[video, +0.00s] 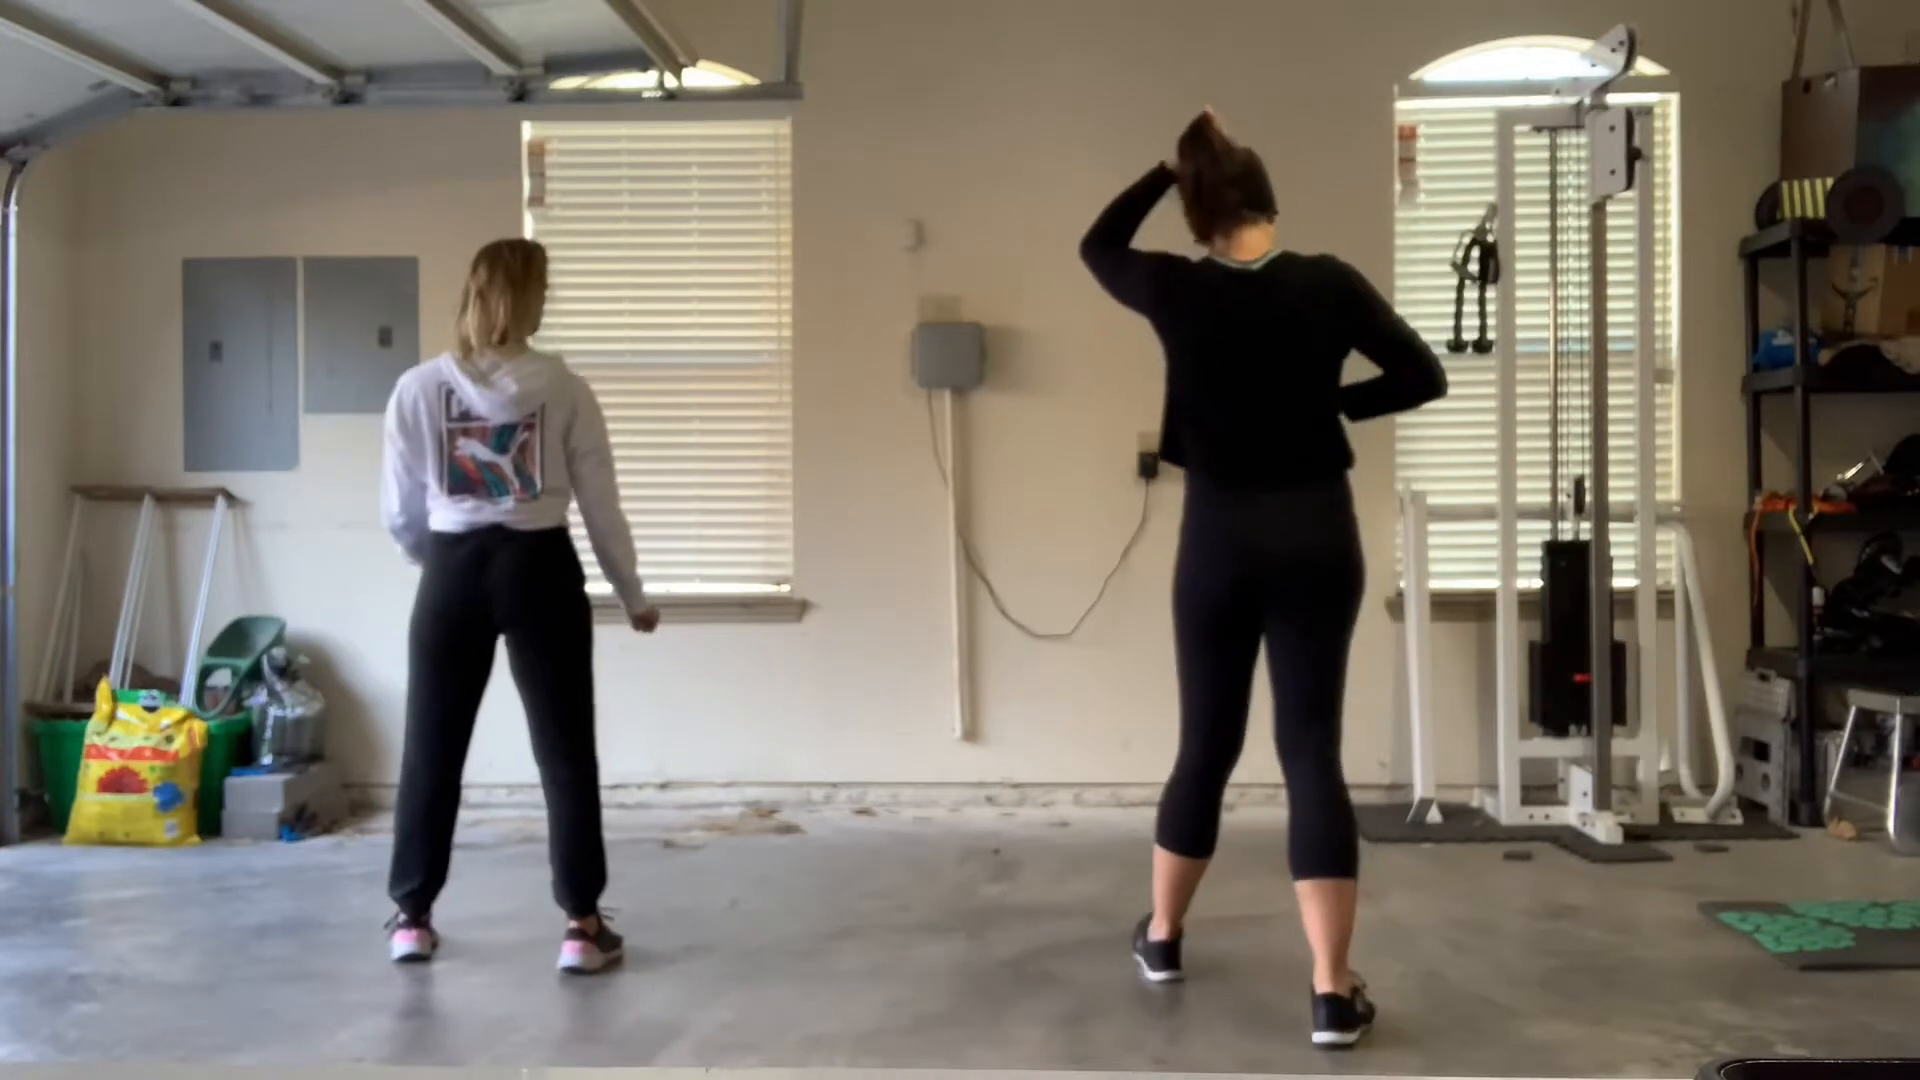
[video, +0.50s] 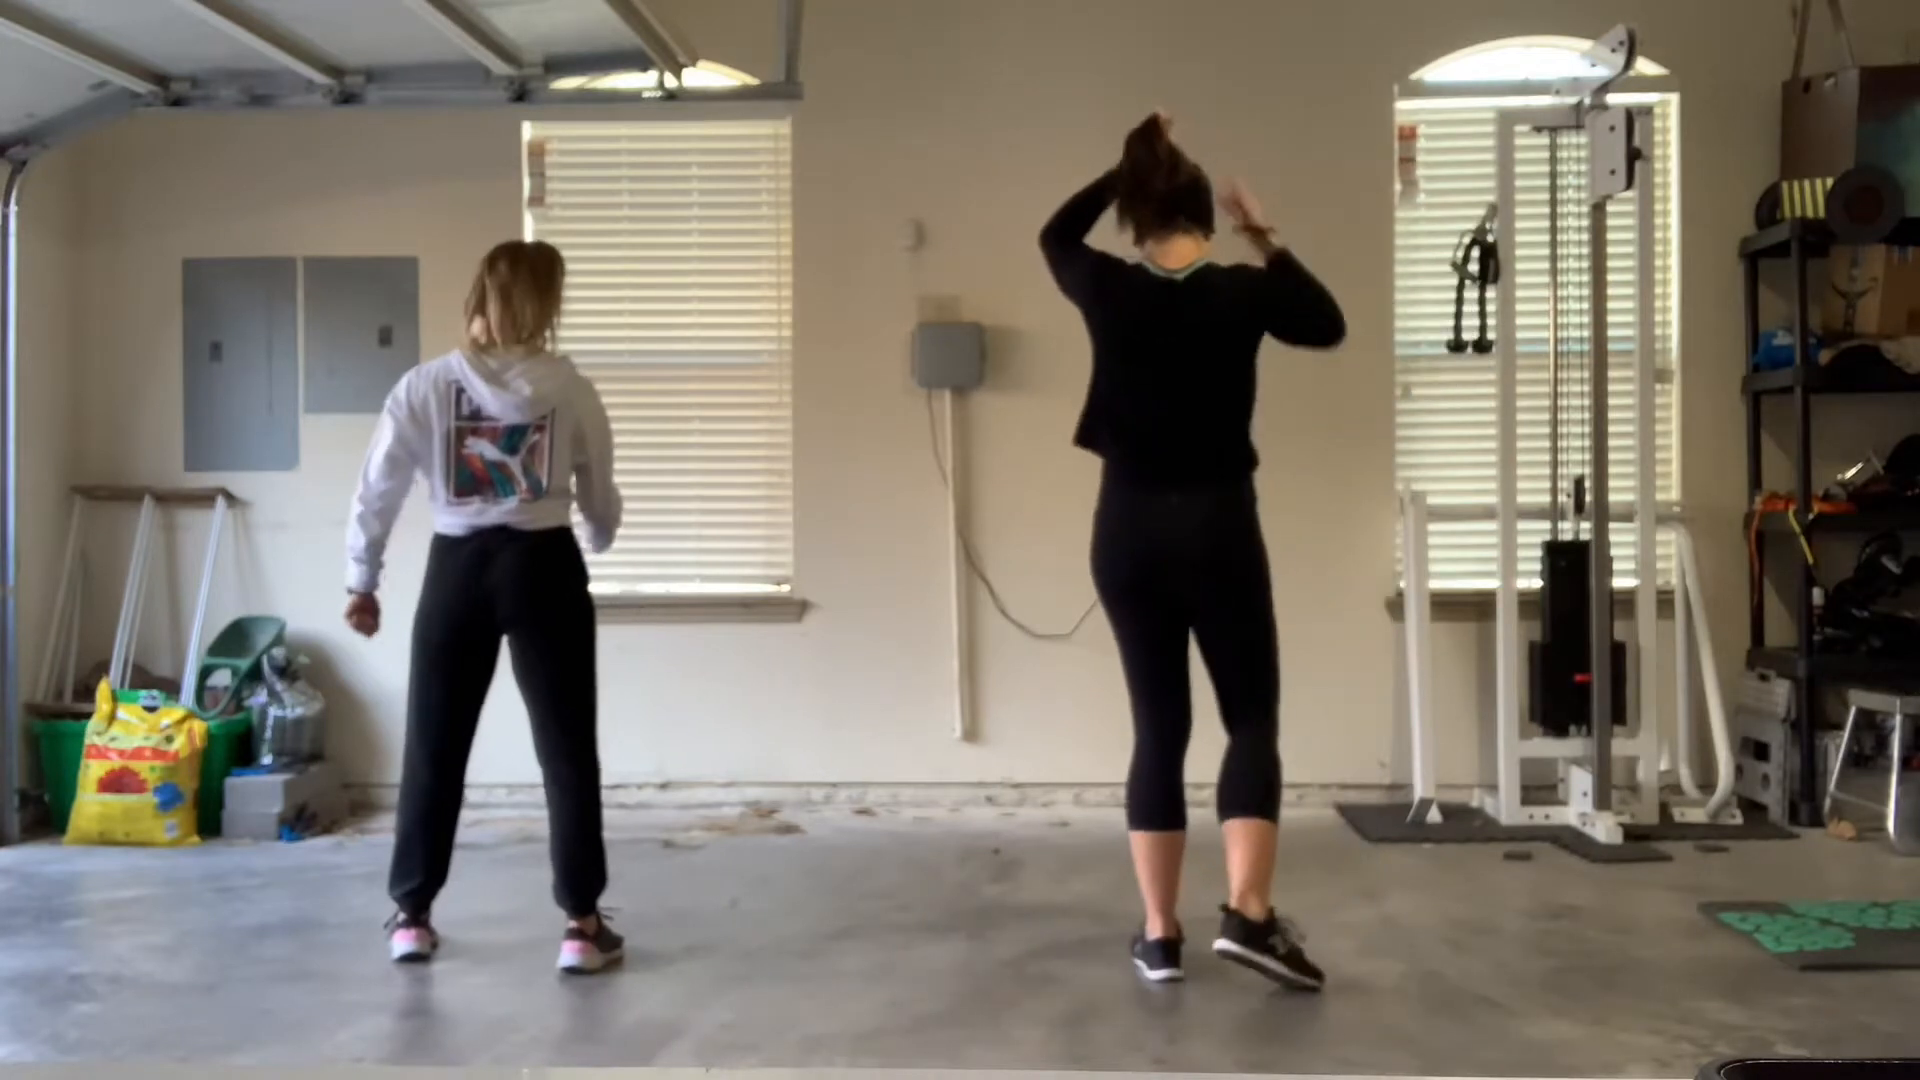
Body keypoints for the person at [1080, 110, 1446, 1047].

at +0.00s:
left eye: (1201, 215)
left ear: (1196, 219)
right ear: (1271, 203)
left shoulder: (1181, 291)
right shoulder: (1329, 284)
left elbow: (1101, 246)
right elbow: (1422, 380)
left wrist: (1167, 170)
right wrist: (1333, 405)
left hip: (1218, 552)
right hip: (1319, 547)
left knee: (1206, 746)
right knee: (1313, 755)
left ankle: (1162, 938)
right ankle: (1331, 991)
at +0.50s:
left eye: (1148, 216)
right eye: (1191, 213)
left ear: (1132, 222)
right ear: (1209, 218)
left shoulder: (1112, 293)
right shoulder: (1244, 291)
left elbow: (1058, 237)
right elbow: (1325, 322)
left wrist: (1122, 172)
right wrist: (1268, 239)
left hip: (1127, 537)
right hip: (1222, 536)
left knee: (1157, 727)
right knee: (1250, 722)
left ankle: (1158, 934)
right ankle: (1247, 912)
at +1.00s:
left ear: (1153, 231)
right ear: (1222, 227)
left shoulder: (1135, 286)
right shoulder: (1260, 293)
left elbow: (1076, 185)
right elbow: (1299, 236)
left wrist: (1158, 137)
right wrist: (1226, 187)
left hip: (1139, 533)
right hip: (1229, 532)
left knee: (1160, 731)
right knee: (1262, 716)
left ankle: (1161, 937)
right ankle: (1338, 902)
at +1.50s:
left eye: (1214, 220)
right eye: (1253, 220)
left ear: (1199, 228)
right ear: (1272, 229)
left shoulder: (1164, 301)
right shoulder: (1295, 294)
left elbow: (1055, 274)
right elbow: (1344, 239)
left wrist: (1137, 229)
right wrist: (1290, 182)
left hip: (1194, 524)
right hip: (1285, 520)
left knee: (1179, 719)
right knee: (1310, 713)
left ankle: (1172, 916)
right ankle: (1354, 913)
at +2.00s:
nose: (1226, 260)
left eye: (1202, 249)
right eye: (1242, 249)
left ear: (1187, 252)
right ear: (1259, 248)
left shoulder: (1168, 297)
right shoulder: (1292, 304)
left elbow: (1089, 205)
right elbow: (1331, 207)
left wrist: (1172, 177)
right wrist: (1260, 153)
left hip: (1183, 532)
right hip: (1273, 533)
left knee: (1141, 726)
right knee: (1307, 721)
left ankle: (1131, 926)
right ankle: (1363, 916)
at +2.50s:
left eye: (1178, 229)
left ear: (1181, 241)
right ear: (1257, 224)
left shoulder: (1184, 319)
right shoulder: (1318, 305)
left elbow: (1076, 273)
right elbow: (1374, 274)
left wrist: (1142, 207)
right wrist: (1305, 207)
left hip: (1210, 545)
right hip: (1303, 543)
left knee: (1165, 729)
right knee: (1325, 731)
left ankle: (1145, 928)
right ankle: (1377, 931)